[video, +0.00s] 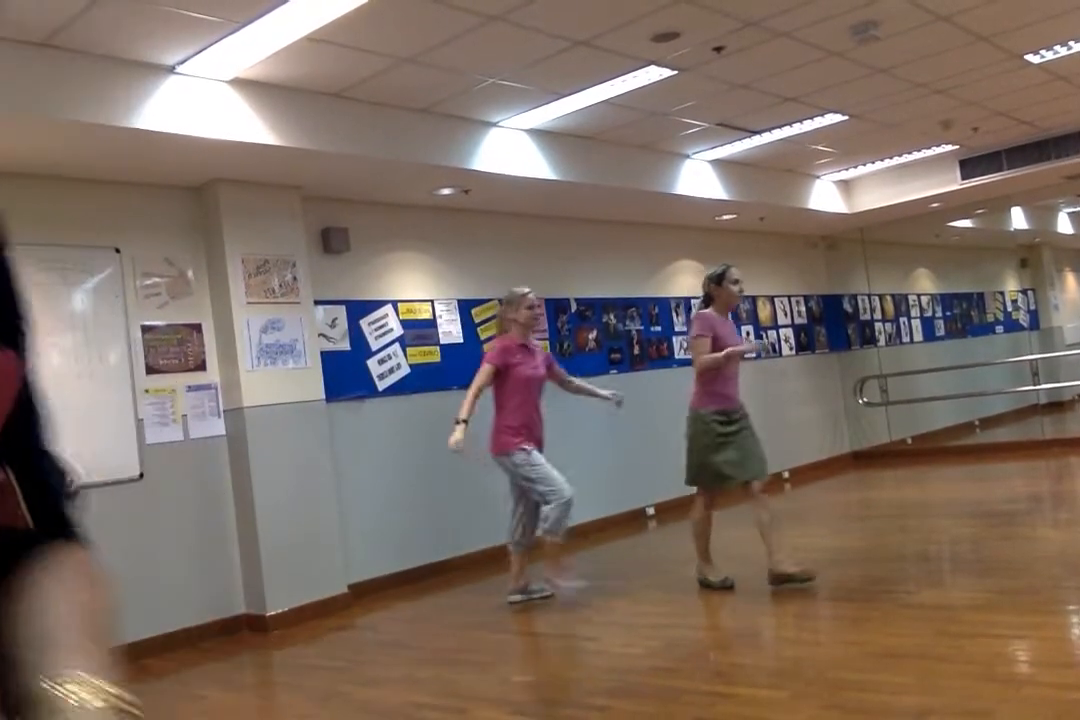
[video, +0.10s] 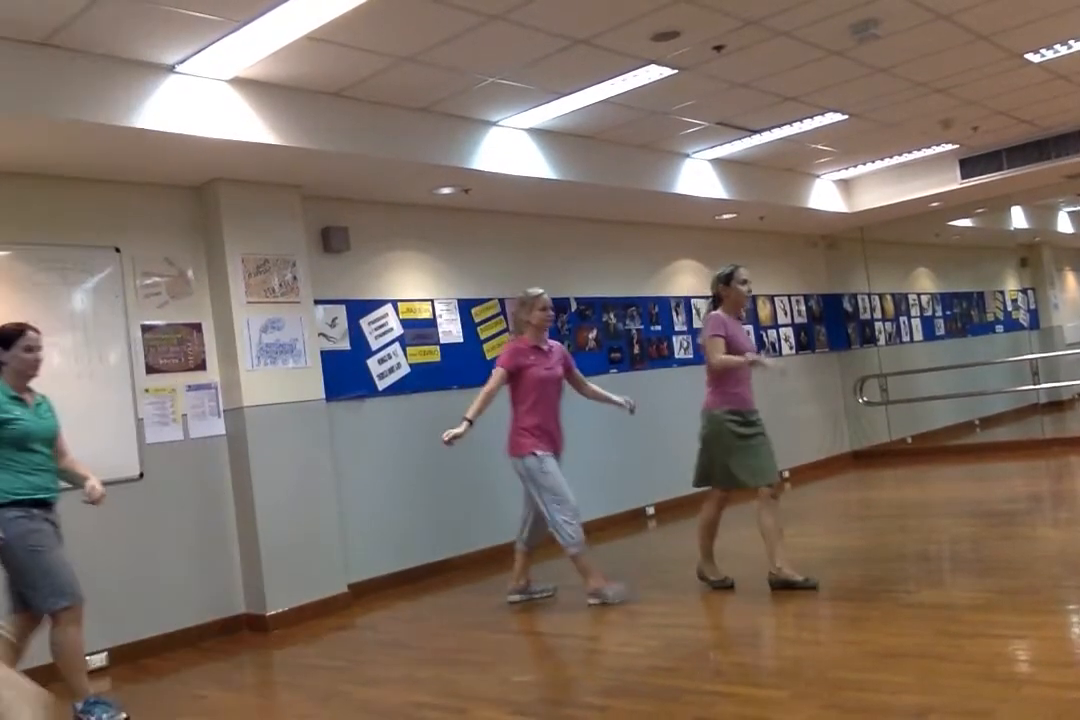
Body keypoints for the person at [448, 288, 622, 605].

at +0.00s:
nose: (536, 312)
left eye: (537, 307)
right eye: (529, 308)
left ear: (535, 313)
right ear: (511, 314)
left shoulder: (540, 352)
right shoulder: (501, 348)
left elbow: (568, 382)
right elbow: (475, 390)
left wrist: (605, 394)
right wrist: (461, 425)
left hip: (531, 443)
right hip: (510, 444)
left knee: (524, 513)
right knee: (560, 496)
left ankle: (518, 585)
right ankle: (553, 572)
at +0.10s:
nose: (550, 314)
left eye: (550, 309)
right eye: (543, 310)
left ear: (550, 314)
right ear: (525, 314)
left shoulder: (557, 350)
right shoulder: (514, 351)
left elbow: (583, 386)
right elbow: (490, 389)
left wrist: (617, 400)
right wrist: (465, 424)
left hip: (549, 444)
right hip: (527, 445)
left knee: (534, 515)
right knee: (564, 507)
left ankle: (519, 583)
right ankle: (594, 582)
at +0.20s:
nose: (563, 315)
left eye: (564, 310)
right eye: (556, 311)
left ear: (565, 315)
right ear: (539, 317)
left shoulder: (573, 351)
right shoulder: (529, 353)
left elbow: (589, 392)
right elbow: (508, 392)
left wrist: (613, 414)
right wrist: (484, 431)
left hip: (569, 444)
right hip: (543, 445)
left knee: (559, 513)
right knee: (580, 505)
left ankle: (528, 572)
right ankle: (599, 585)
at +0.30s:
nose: (577, 315)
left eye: (578, 310)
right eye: (570, 311)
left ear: (578, 315)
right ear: (553, 316)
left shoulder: (582, 351)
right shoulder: (544, 354)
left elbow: (586, 395)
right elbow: (525, 400)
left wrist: (607, 421)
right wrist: (510, 442)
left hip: (579, 443)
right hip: (554, 445)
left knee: (605, 506)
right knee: (589, 505)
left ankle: (552, 553)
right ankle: (600, 584)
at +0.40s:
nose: (586, 315)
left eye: (587, 310)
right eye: (579, 310)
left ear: (586, 315)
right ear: (562, 316)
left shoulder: (586, 348)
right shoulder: (552, 352)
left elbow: (586, 395)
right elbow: (537, 397)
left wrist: (607, 423)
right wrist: (534, 440)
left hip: (584, 440)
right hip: (557, 442)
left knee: (617, 499)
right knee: (590, 502)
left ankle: (569, 549)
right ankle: (601, 582)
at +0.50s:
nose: (593, 316)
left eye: (593, 311)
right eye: (586, 311)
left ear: (591, 316)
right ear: (568, 316)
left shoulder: (590, 350)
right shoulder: (558, 353)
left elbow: (591, 396)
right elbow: (550, 402)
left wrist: (612, 424)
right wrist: (561, 436)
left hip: (591, 441)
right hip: (566, 443)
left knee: (620, 498)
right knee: (594, 500)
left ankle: (588, 556)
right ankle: (602, 580)